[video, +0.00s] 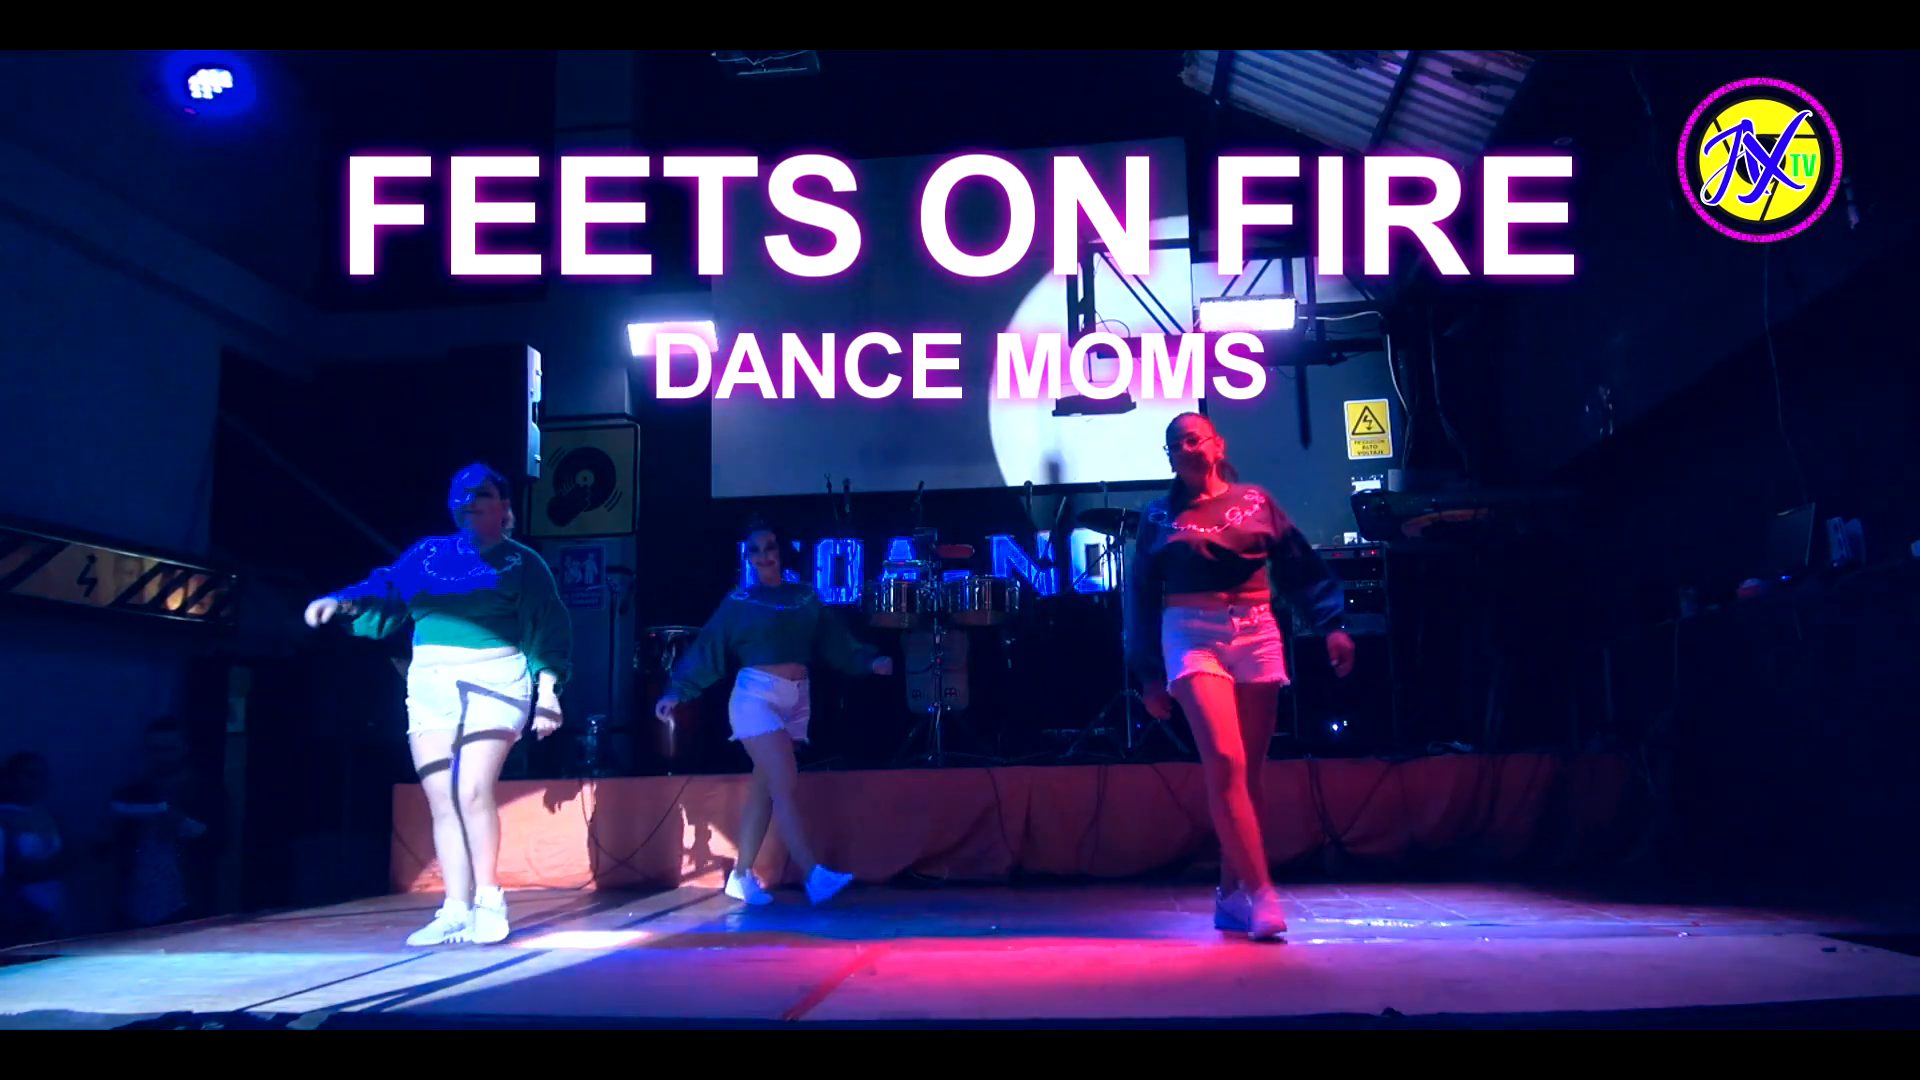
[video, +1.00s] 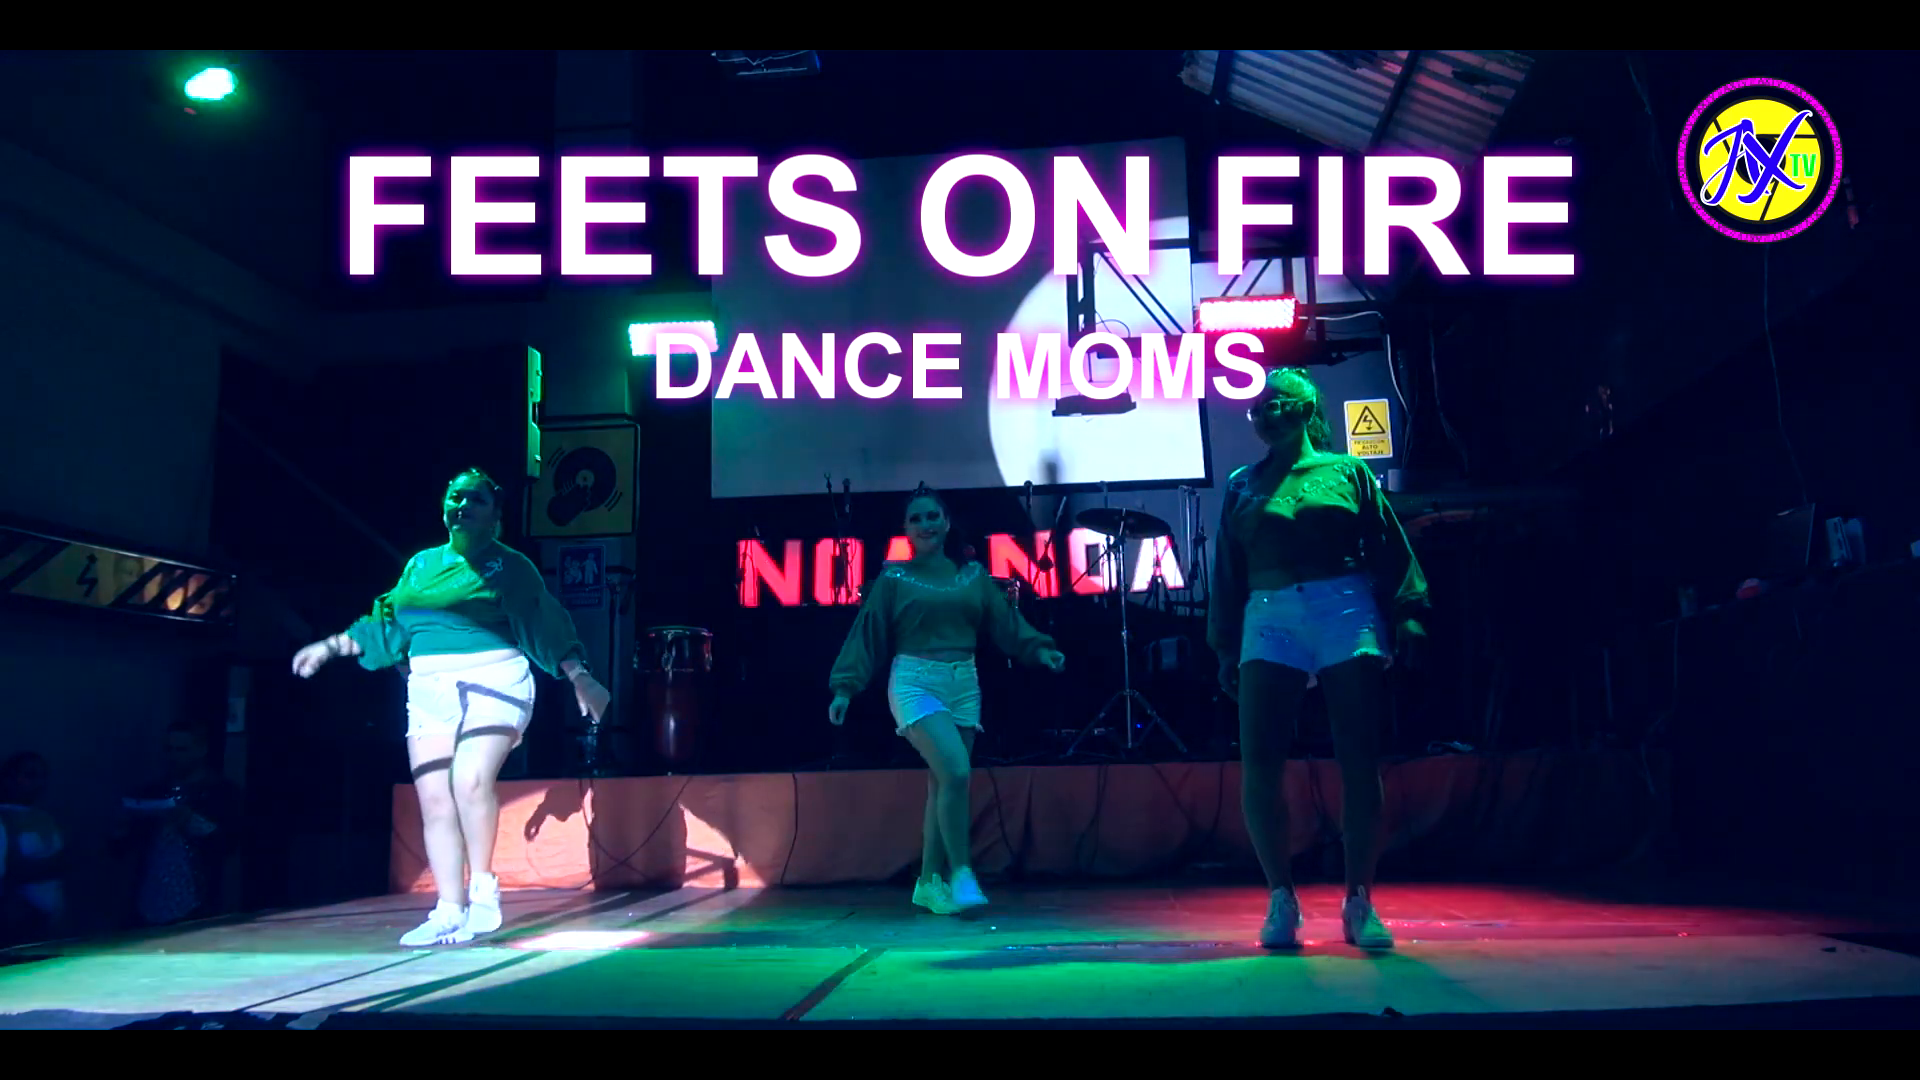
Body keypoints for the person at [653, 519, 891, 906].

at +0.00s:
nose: (765, 556)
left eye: (771, 548)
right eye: (756, 550)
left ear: (782, 551)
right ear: (747, 556)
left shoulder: (805, 597)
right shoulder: (738, 603)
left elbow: (835, 641)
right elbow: (706, 653)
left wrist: (869, 661)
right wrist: (676, 692)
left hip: (795, 699)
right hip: (755, 697)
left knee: (764, 788)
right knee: (784, 781)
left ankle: (741, 873)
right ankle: (813, 875)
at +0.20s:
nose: (797, 557)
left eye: (804, 549)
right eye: (788, 551)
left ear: (818, 553)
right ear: (778, 557)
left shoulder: (843, 601)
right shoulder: (772, 607)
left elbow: (877, 650)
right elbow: (749, 664)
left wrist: (905, 688)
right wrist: (727, 712)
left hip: (835, 698)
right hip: (789, 695)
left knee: (830, 787)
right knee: (805, 787)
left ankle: (771, 850)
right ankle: (825, 883)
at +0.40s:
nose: (843, 543)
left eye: (851, 537)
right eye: (835, 536)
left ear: (862, 545)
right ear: (823, 543)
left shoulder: (873, 598)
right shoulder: (810, 593)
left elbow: (890, 652)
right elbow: (789, 644)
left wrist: (897, 698)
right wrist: (798, 686)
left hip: (867, 688)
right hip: (820, 689)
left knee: (889, 762)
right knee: (825, 785)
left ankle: (856, 826)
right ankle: (829, 882)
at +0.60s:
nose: (883, 537)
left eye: (891, 531)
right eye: (876, 530)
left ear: (903, 541)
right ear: (862, 538)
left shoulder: (910, 592)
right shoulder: (847, 582)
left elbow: (918, 649)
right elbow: (827, 637)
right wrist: (856, 667)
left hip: (906, 692)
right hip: (856, 692)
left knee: (913, 789)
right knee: (852, 793)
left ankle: (925, 886)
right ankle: (843, 881)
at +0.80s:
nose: (910, 540)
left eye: (918, 533)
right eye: (902, 532)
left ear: (931, 538)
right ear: (890, 538)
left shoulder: (942, 592)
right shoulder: (876, 586)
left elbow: (962, 656)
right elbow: (858, 641)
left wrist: (985, 702)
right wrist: (860, 695)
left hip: (943, 690)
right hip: (895, 690)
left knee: (939, 789)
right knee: (925, 781)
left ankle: (928, 886)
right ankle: (877, 843)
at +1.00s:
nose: (926, 524)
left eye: (933, 517)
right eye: (917, 518)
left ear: (947, 523)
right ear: (906, 527)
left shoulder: (973, 577)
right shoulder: (893, 579)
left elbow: (1007, 624)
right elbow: (864, 638)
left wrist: (1039, 649)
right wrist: (844, 687)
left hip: (963, 682)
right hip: (912, 681)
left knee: (946, 782)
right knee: (956, 771)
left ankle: (929, 882)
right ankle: (962, 874)